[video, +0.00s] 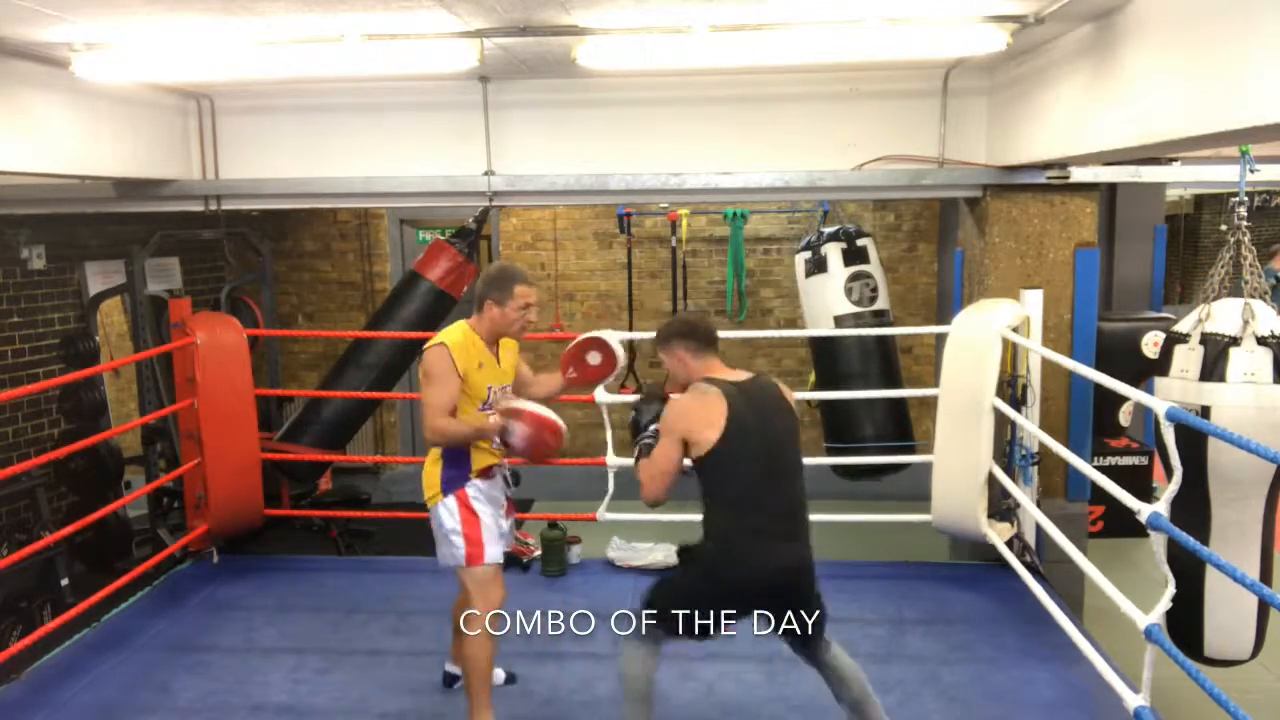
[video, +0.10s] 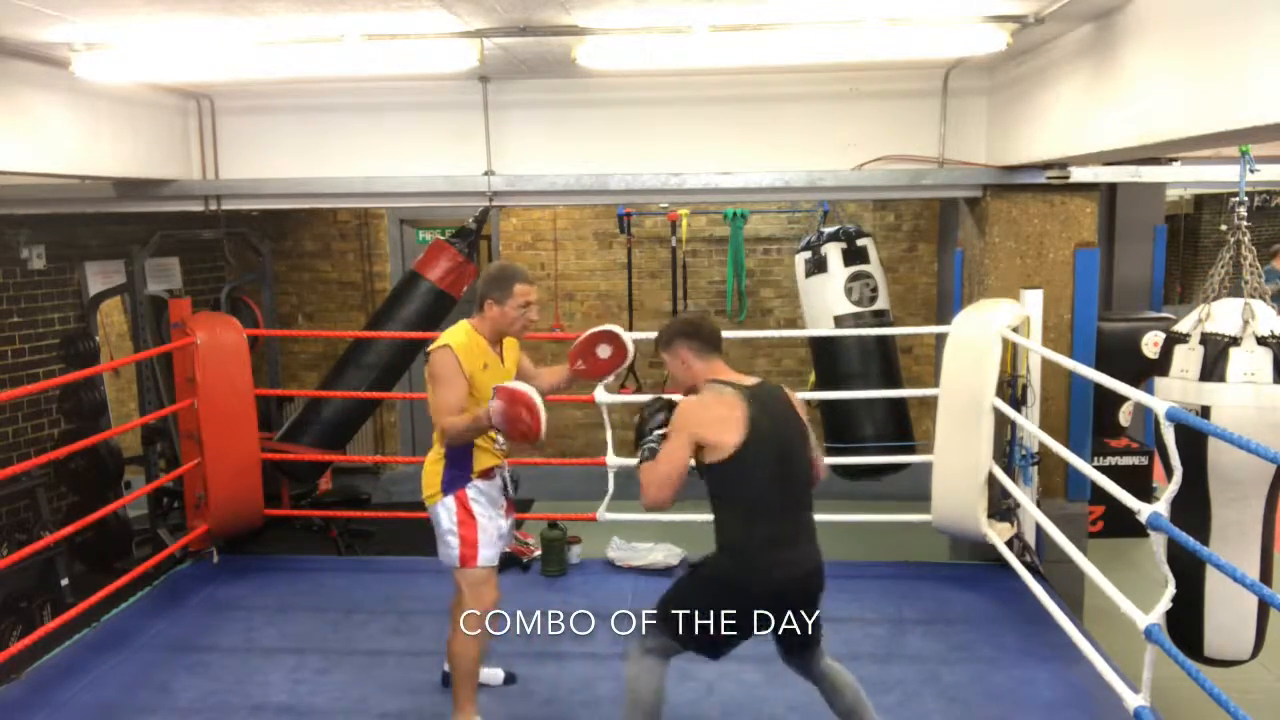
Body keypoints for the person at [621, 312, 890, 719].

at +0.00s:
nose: (668, 375)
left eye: (666, 364)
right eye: (664, 365)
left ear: (682, 355)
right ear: (711, 349)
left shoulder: (685, 407)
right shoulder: (778, 393)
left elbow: (652, 492)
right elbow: (759, 458)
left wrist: (648, 432)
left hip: (727, 570)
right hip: (790, 567)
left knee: (641, 636)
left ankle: (635, 716)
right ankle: (877, 716)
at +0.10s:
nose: (669, 378)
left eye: (668, 366)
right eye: (666, 367)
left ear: (685, 356)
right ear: (714, 350)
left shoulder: (696, 410)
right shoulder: (785, 396)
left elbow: (655, 496)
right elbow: (814, 471)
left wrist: (649, 437)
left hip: (740, 575)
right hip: (802, 570)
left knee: (649, 651)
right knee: (811, 660)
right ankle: (870, 716)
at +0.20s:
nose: (667, 368)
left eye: (666, 356)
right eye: (664, 358)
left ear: (688, 349)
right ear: (700, 346)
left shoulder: (731, 394)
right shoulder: (763, 387)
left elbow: (713, 484)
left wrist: (679, 445)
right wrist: (684, 430)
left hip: (758, 567)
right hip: (804, 561)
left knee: (649, 648)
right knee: (802, 657)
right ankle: (868, 718)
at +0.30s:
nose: (683, 360)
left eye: (681, 349)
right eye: (679, 351)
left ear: (698, 334)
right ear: (716, 331)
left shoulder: (733, 375)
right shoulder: (767, 367)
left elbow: (715, 462)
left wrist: (661, 445)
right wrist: (679, 407)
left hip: (752, 560)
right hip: (804, 557)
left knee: (656, 650)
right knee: (813, 653)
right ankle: (873, 716)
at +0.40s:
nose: (695, 340)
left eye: (695, 330)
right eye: (694, 331)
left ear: (711, 325)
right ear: (747, 321)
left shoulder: (709, 366)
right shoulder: (805, 364)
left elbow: (640, 428)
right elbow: (845, 409)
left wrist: (605, 395)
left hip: (731, 557)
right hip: (800, 557)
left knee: (658, 650)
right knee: (840, 649)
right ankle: (885, 716)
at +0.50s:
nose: (698, 343)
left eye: (699, 335)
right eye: (699, 335)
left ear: (712, 332)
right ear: (751, 329)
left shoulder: (698, 369)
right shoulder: (807, 377)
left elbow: (605, 400)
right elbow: (842, 445)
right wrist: (789, 419)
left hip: (723, 565)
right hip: (797, 566)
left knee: (658, 650)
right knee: (843, 651)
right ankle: (890, 718)